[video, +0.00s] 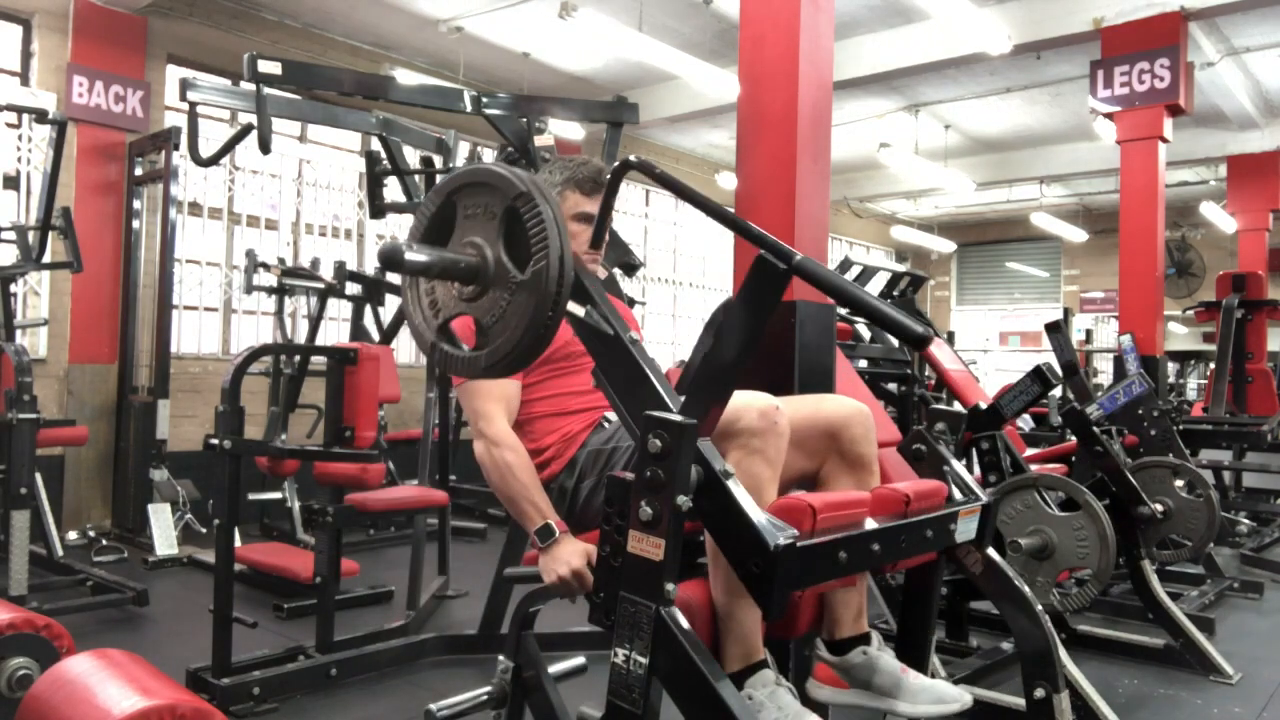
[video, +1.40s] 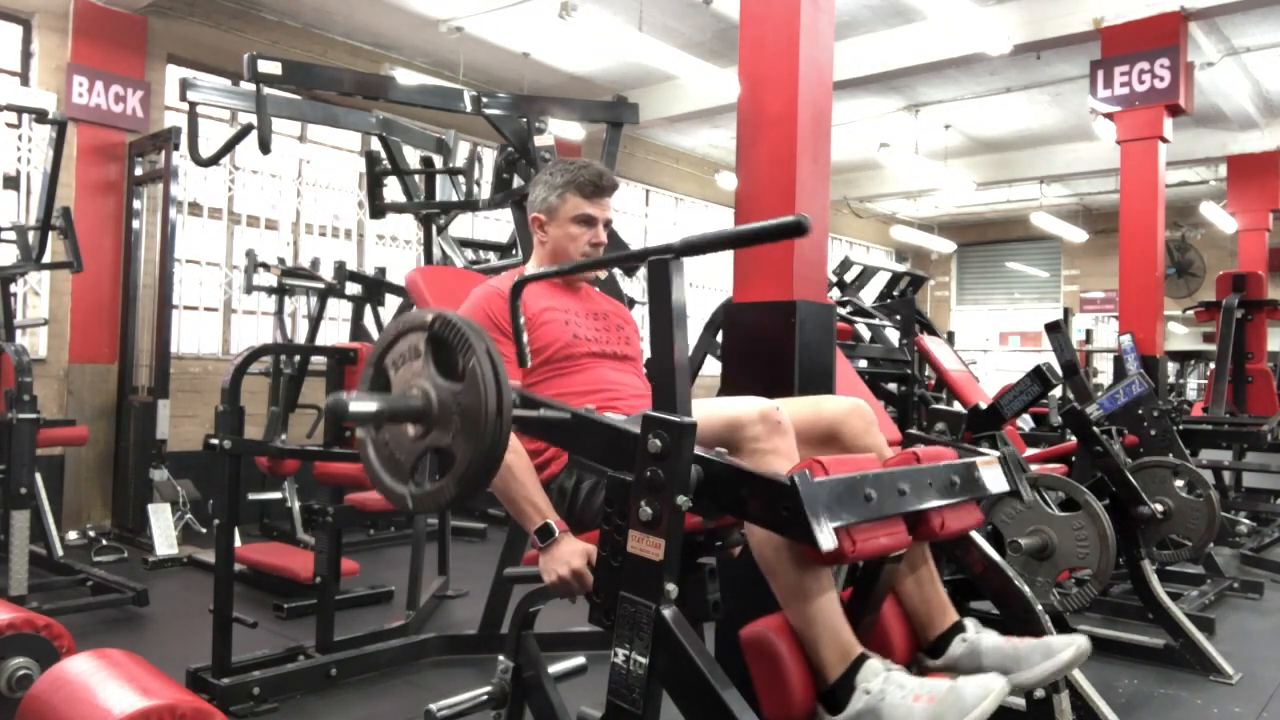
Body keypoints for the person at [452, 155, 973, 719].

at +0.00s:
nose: (598, 237)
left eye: (604, 224)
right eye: (584, 221)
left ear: (606, 229)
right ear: (541, 221)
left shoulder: (607, 303)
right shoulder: (501, 303)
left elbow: (644, 390)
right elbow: (492, 436)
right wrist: (550, 536)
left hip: (655, 444)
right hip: (587, 466)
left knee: (849, 422)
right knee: (754, 419)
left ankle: (849, 643)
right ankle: (745, 669)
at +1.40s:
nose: (600, 238)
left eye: (605, 227)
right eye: (585, 225)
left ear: (603, 231)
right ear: (539, 223)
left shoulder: (611, 306)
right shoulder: (497, 299)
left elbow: (652, 400)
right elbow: (483, 422)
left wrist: (729, 416)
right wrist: (551, 535)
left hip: (666, 442)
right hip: (589, 465)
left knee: (852, 418)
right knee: (761, 431)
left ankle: (943, 637)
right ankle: (849, 681)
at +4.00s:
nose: (595, 232)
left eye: (600, 220)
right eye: (578, 218)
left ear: (600, 229)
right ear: (533, 224)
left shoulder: (610, 307)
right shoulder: (496, 300)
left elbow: (652, 400)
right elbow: (487, 433)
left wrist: (742, 411)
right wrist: (552, 534)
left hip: (657, 444)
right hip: (590, 461)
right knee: (783, 423)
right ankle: (956, 584)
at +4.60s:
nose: (594, 232)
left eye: (600, 218)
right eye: (578, 216)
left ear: (602, 223)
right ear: (535, 220)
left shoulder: (605, 303)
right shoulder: (502, 301)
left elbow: (642, 392)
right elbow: (491, 435)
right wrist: (551, 536)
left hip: (656, 448)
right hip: (589, 469)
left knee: (847, 421)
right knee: (756, 419)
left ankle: (862, 640)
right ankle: (753, 670)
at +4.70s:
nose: (594, 230)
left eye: (599, 219)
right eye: (579, 216)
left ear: (604, 225)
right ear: (537, 219)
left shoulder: (599, 299)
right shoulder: (499, 303)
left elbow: (633, 393)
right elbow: (491, 434)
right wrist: (550, 536)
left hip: (650, 445)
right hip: (585, 465)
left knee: (848, 419)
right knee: (756, 415)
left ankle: (844, 641)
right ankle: (741, 663)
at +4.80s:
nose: (601, 228)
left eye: (602, 215)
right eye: (592, 212)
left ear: (589, 214)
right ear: (553, 206)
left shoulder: (579, 290)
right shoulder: (489, 298)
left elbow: (623, 390)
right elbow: (490, 434)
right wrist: (550, 537)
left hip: (646, 439)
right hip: (583, 463)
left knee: (846, 421)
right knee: (755, 418)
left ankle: (833, 641)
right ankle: (728, 662)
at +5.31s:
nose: (591, 218)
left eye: (593, 205)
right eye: (580, 203)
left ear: (583, 204)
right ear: (534, 198)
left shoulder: (563, 273)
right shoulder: (477, 281)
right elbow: (489, 433)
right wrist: (551, 539)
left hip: (646, 434)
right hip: (585, 461)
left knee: (846, 418)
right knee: (752, 423)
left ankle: (825, 634)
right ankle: (722, 661)